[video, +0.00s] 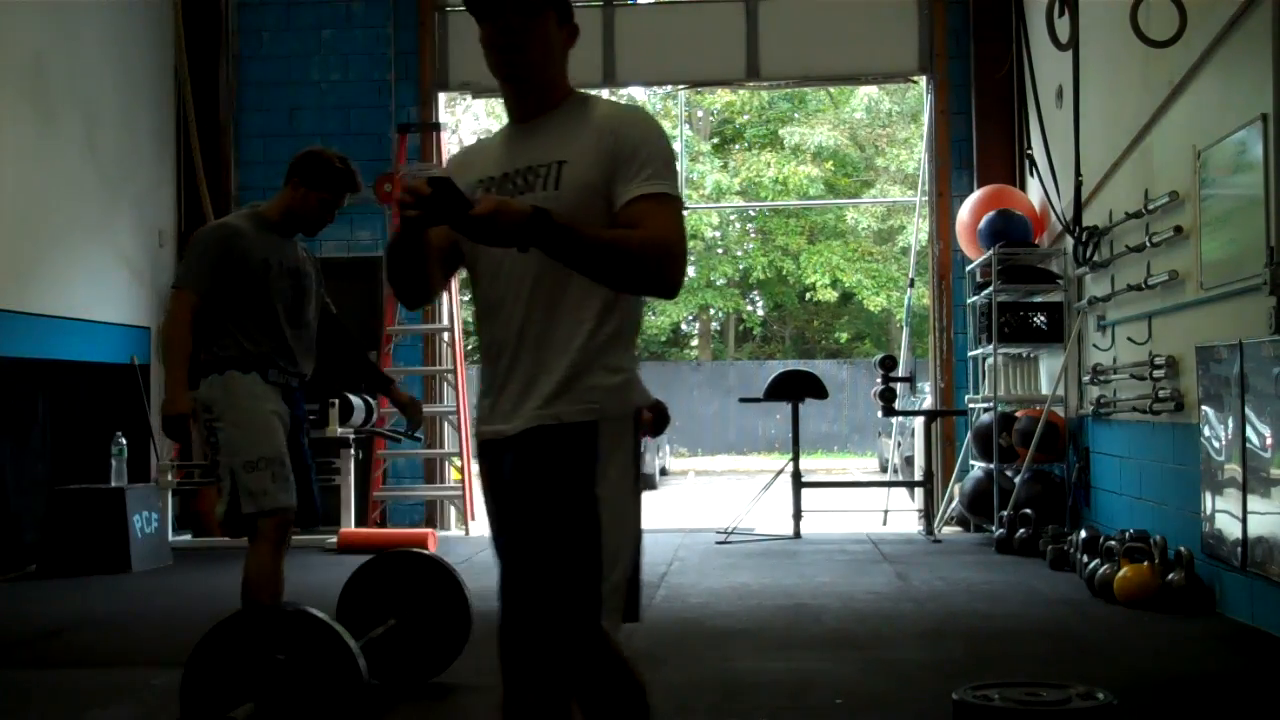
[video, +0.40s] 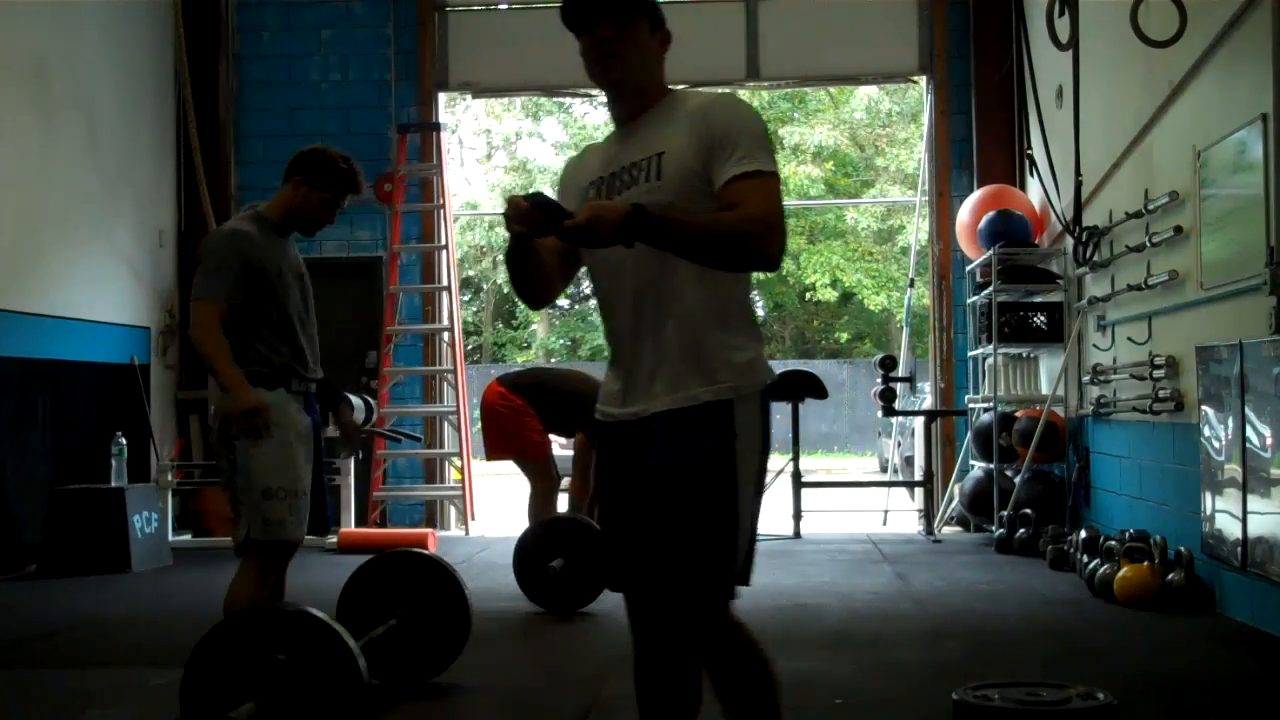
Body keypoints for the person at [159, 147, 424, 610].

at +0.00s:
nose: (332, 218)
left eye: (337, 209)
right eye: (330, 205)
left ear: (307, 196)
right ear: (300, 190)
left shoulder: (300, 259)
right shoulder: (225, 237)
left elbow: (334, 340)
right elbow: (180, 313)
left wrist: (392, 392)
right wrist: (176, 392)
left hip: (279, 392)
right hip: (237, 386)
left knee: (277, 522)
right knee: (273, 518)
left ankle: (263, 644)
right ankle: (262, 647)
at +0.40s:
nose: (331, 217)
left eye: (337, 207)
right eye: (329, 204)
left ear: (304, 192)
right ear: (300, 188)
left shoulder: (284, 248)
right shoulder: (236, 239)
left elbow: (288, 341)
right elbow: (204, 323)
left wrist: (331, 397)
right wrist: (239, 391)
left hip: (293, 407)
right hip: (263, 406)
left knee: (279, 546)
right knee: (268, 547)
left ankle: (264, 662)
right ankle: (243, 667)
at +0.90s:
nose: (330, 206)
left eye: (335, 195)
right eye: (329, 192)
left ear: (292, 177)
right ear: (299, 177)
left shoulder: (255, 227)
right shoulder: (246, 232)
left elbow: (292, 326)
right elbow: (291, 327)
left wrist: (361, 386)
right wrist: (370, 390)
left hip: (262, 402)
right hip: (241, 404)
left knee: (286, 545)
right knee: (238, 550)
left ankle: (314, 660)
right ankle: (227, 673)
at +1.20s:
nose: (338, 201)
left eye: (342, 190)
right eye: (335, 187)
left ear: (300, 176)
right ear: (302, 174)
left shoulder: (277, 235)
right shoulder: (253, 235)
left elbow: (272, 337)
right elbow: (252, 342)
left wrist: (302, 405)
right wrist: (290, 427)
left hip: (276, 404)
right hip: (248, 406)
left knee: (291, 545)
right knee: (243, 551)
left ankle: (287, 660)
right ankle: (229, 670)